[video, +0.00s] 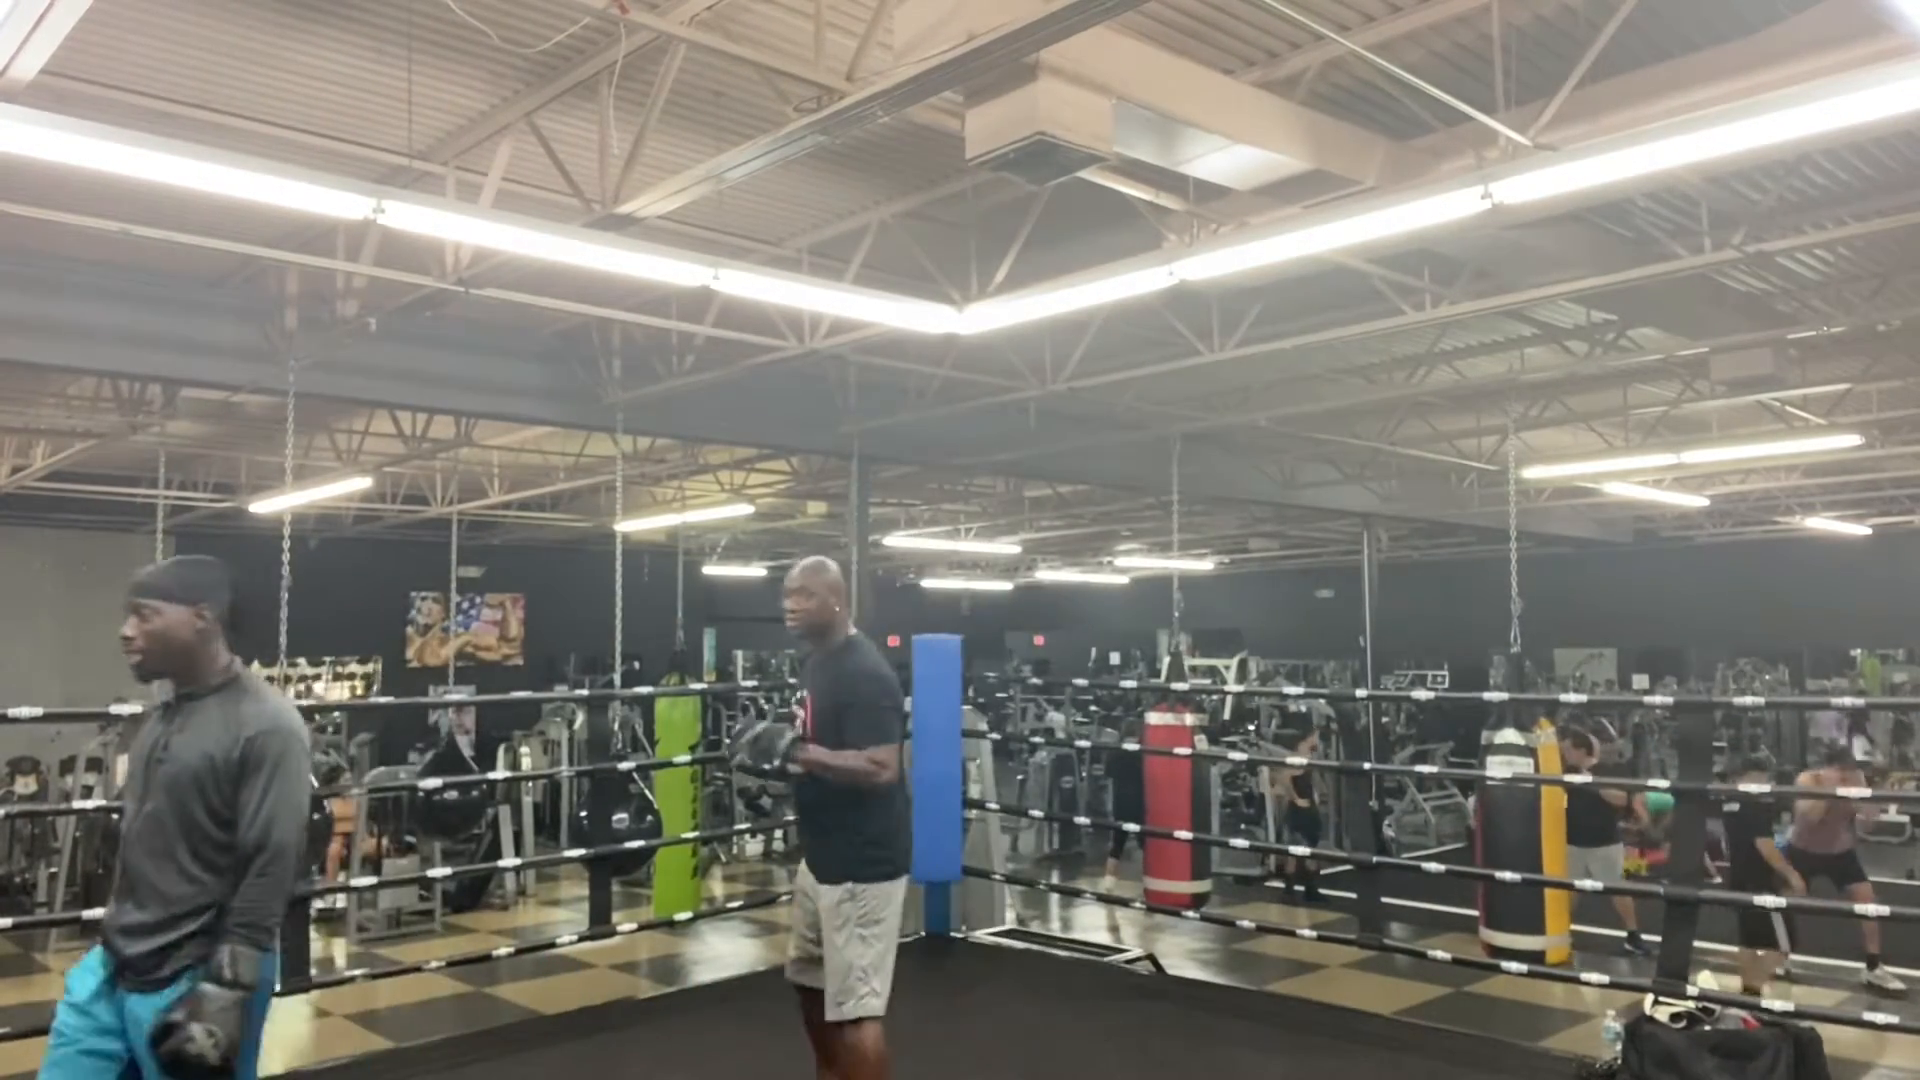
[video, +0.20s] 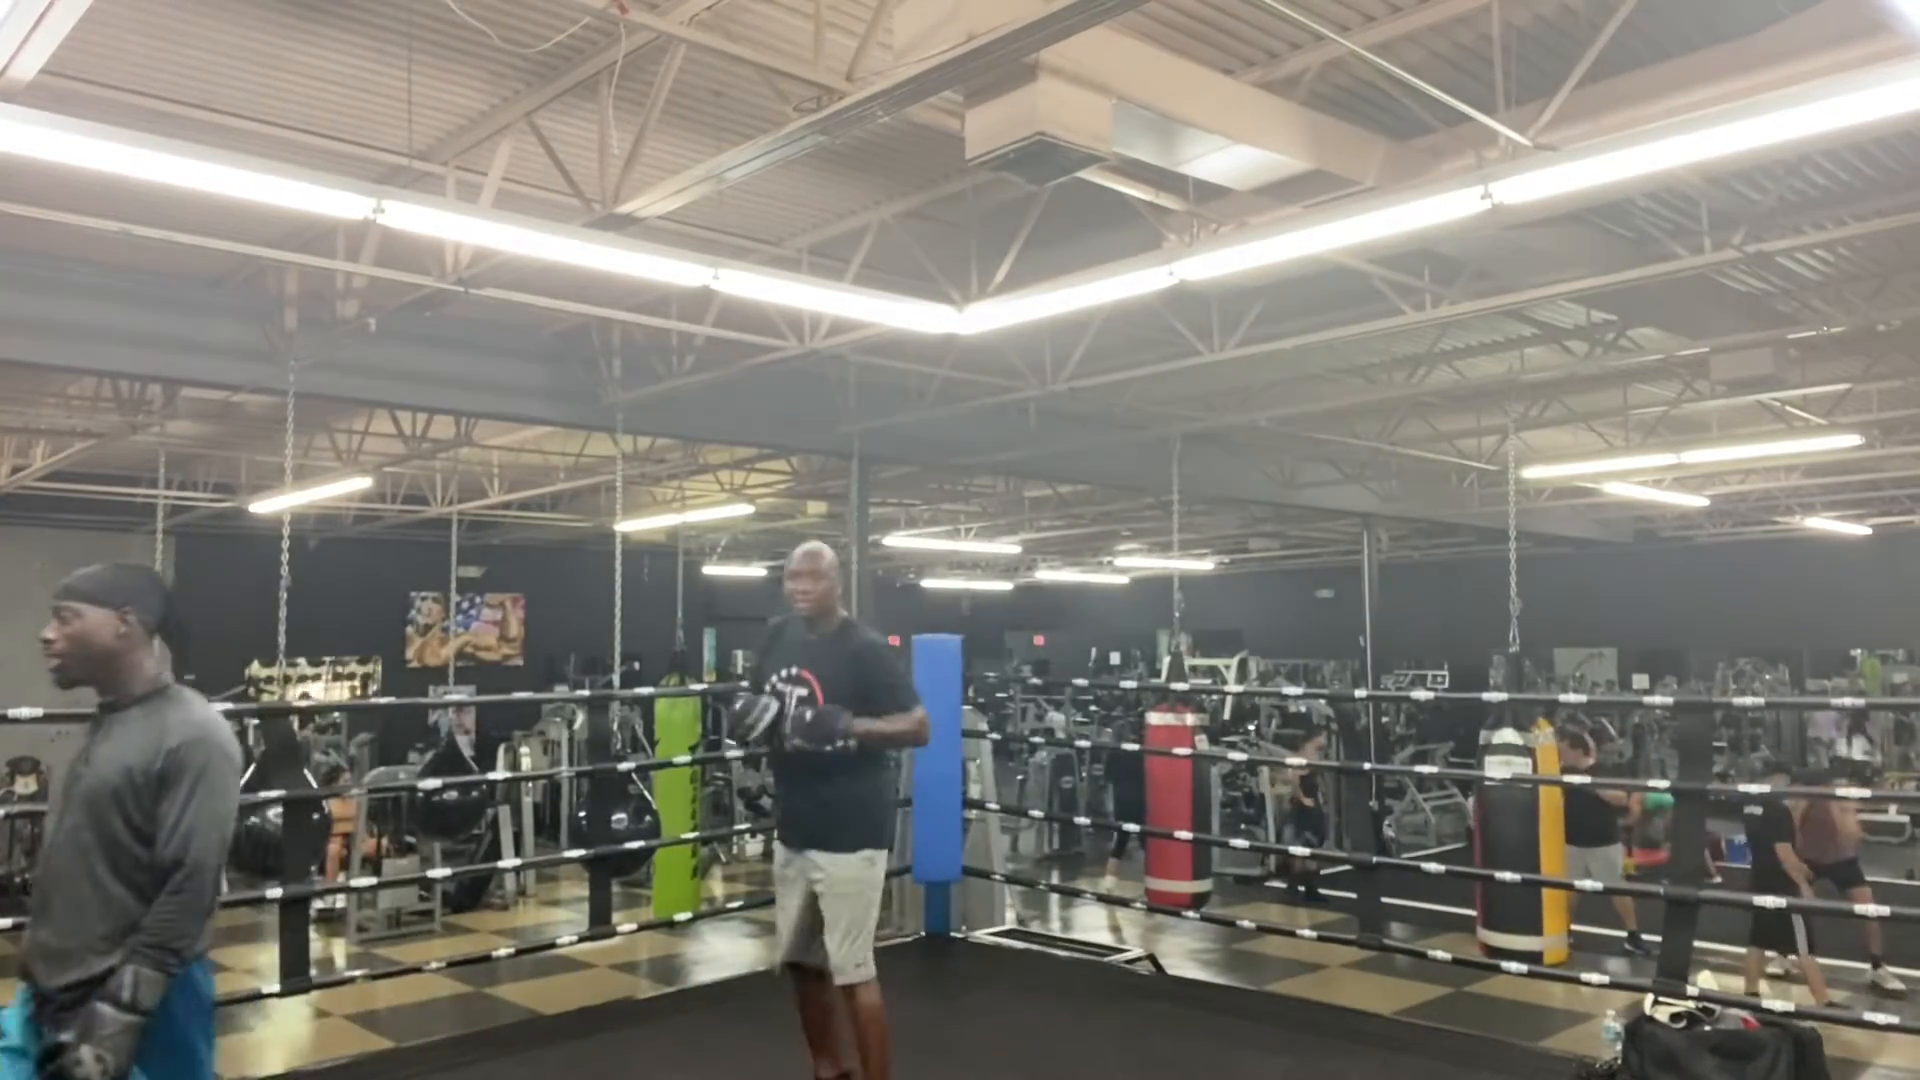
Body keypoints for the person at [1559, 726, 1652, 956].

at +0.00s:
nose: (1565, 754)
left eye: (1569, 750)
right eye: (1565, 750)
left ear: (1584, 751)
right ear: (1569, 751)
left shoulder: (1607, 771)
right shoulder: (1566, 773)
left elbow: (1620, 799)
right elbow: (1554, 801)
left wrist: (1593, 783)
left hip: (1605, 842)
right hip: (1571, 840)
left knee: (1618, 890)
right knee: (1564, 891)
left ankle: (1633, 933)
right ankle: (1559, 933)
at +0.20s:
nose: (1559, 754)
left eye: (1563, 749)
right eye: (1559, 750)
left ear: (1580, 750)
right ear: (1569, 751)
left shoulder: (1604, 772)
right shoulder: (1562, 774)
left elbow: (1621, 798)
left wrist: (1592, 786)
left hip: (1604, 842)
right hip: (1570, 841)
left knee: (1618, 890)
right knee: (1566, 890)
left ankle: (1633, 934)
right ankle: (1562, 931)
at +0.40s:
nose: (1560, 756)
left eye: (1563, 751)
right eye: (1560, 751)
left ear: (1580, 751)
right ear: (1569, 751)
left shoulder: (1606, 772)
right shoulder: (1562, 775)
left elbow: (1623, 797)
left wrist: (1593, 792)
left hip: (1604, 843)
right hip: (1570, 842)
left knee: (1618, 890)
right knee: (1565, 890)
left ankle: (1633, 934)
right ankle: (1562, 931)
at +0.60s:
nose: (1560, 758)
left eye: (1563, 752)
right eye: (1560, 752)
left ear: (1579, 752)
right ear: (1569, 753)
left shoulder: (1606, 773)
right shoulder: (1563, 775)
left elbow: (1623, 796)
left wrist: (1593, 793)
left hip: (1605, 842)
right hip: (1571, 841)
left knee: (1619, 890)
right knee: (1566, 889)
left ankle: (1633, 934)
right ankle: (1563, 931)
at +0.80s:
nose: (1561, 759)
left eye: (1564, 754)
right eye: (1560, 754)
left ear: (1579, 753)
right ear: (1563, 754)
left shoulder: (1604, 771)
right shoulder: (1559, 775)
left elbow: (1627, 795)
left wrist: (1593, 793)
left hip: (1606, 842)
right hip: (1572, 842)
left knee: (1619, 890)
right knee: (1569, 891)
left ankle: (1633, 934)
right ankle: (1564, 933)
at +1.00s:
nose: (1561, 758)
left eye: (1564, 753)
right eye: (1560, 753)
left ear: (1577, 751)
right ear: (1561, 753)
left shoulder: (1605, 771)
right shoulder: (1557, 775)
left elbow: (1628, 795)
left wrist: (1596, 792)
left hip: (1605, 842)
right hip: (1571, 842)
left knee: (1619, 890)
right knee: (1566, 892)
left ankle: (1633, 934)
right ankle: (1561, 936)